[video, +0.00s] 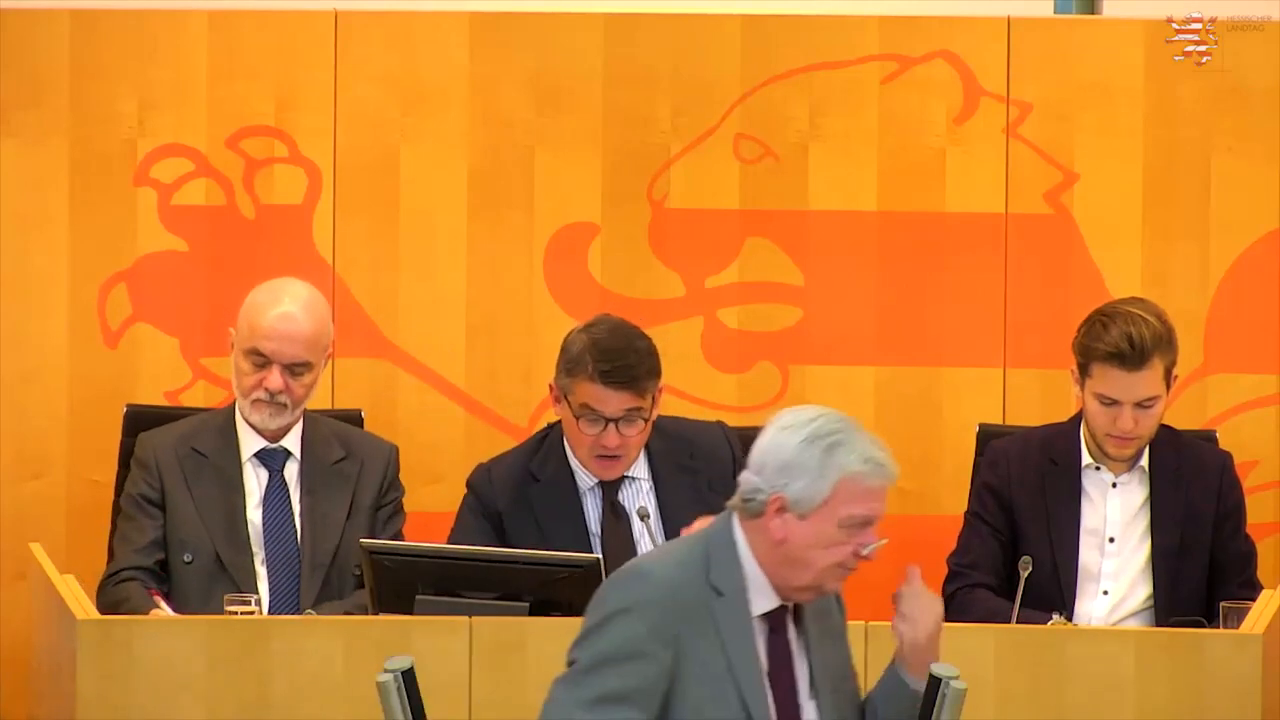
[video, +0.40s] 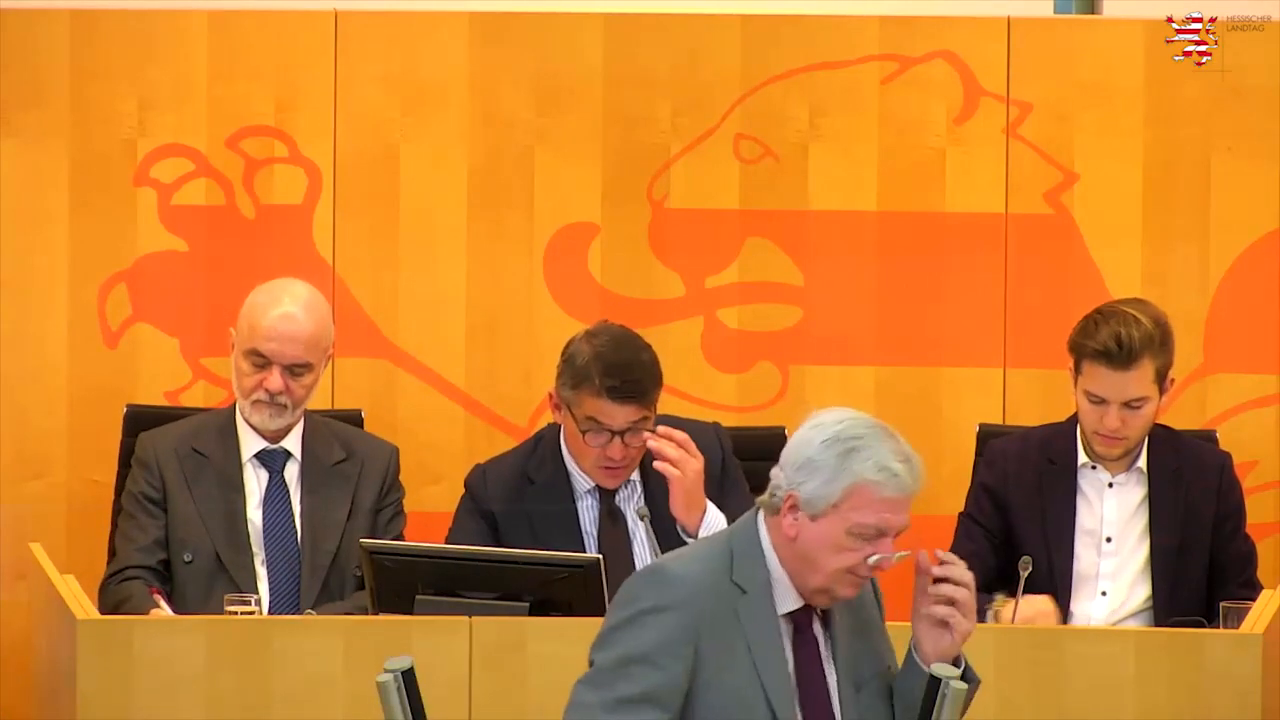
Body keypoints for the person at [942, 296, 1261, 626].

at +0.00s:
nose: (1125, 423)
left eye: (1145, 404)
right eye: (1108, 401)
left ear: (1170, 389)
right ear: (1078, 381)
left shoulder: (1209, 472)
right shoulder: (1010, 463)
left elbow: (1241, 608)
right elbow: (964, 597)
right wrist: (1053, 632)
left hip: (1165, 677)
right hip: (1041, 673)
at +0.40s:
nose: (1112, 423)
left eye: (1134, 404)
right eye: (1095, 400)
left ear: (1165, 392)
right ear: (1074, 380)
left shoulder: (1207, 472)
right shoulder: (1009, 462)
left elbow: (1240, 609)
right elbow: (955, 602)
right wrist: (1008, 611)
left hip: (1163, 678)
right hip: (1037, 673)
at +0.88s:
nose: (1098, 422)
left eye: (1122, 405)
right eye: (1084, 398)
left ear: (1154, 394)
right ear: (1065, 377)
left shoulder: (1199, 473)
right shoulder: (1002, 460)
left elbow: (1226, 606)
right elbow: (938, 592)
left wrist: (1116, 633)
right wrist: (959, 612)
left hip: (1147, 674)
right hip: (1023, 665)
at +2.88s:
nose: (1095, 444)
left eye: (1123, 434)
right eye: (1088, 418)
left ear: (1161, 420)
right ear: (1076, 384)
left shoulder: (1197, 477)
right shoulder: (1000, 458)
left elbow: (1239, 600)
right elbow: (946, 585)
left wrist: (1163, 643)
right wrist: (953, 642)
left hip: (1147, 678)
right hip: (1022, 671)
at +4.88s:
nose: (1108, 447)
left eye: (1135, 438)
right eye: (1100, 420)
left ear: (1167, 424)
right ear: (1083, 383)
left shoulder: (1200, 478)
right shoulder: (1003, 457)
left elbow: (1237, 601)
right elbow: (954, 582)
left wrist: (1165, 644)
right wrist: (953, 633)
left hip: (1151, 680)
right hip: (1026, 672)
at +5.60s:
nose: (1097, 427)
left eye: (1121, 411)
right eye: (1085, 401)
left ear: (1153, 400)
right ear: (1066, 378)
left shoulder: (1196, 477)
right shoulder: (999, 459)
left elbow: (1240, 608)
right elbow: (955, 585)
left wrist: (1138, 616)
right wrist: (939, 616)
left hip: (1148, 685)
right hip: (1021, 677)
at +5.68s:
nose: (1095, 425)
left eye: (1119, 408)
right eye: (1082, 400)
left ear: (1149, 395)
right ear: (1062, 377)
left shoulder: (1195, 477)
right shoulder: (998, 460)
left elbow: (1240, 610)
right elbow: (956, 587)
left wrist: (1137, 596)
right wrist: (939, 615)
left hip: (1150, 686)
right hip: (1022, 679)